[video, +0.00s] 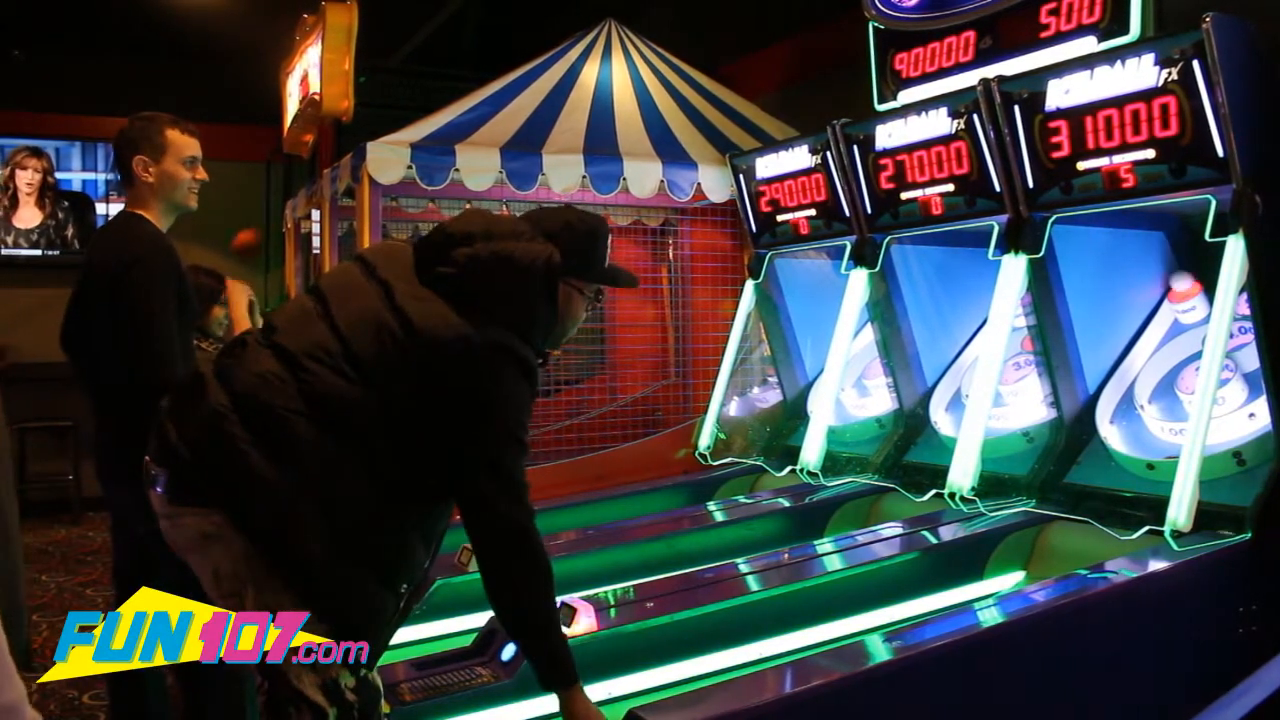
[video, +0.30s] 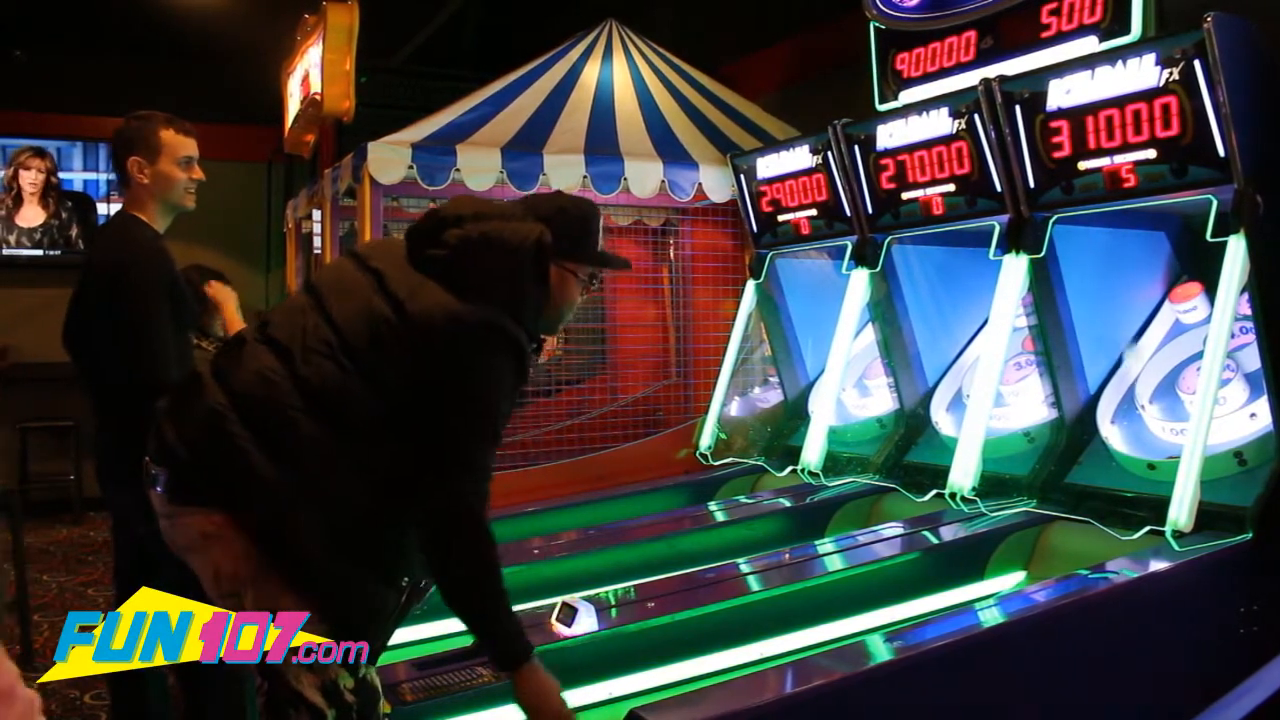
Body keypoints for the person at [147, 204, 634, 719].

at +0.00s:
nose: (587, 314)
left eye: (593, 299)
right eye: (586, 297)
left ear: (515, 254)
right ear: (556, 289)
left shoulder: (400, 259)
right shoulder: (492, 354)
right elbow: (505, 532)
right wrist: (568, 687)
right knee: (334, 693)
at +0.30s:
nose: (583, 297)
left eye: (589, 282)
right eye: (581, 279)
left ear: (515, 251)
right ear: (547, 267)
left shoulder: (397, 258)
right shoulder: (482, 334)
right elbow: (453, 517)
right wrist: (522, 666)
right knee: (318, 693)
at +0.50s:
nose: (576, 293)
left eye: (582, 279)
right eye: (574, 276)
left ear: (514, 251)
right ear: (539, 264)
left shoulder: (401, 255)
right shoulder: (475, 332)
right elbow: (417, 505)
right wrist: (447, 662)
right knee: (322, 686)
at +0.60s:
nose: (576, 298)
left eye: (582, 282)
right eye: (576, 280)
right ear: (545, 270)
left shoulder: (404, 254)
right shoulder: (474, 326)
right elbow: (406, 492)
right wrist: (382, 655)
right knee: (315, 680)